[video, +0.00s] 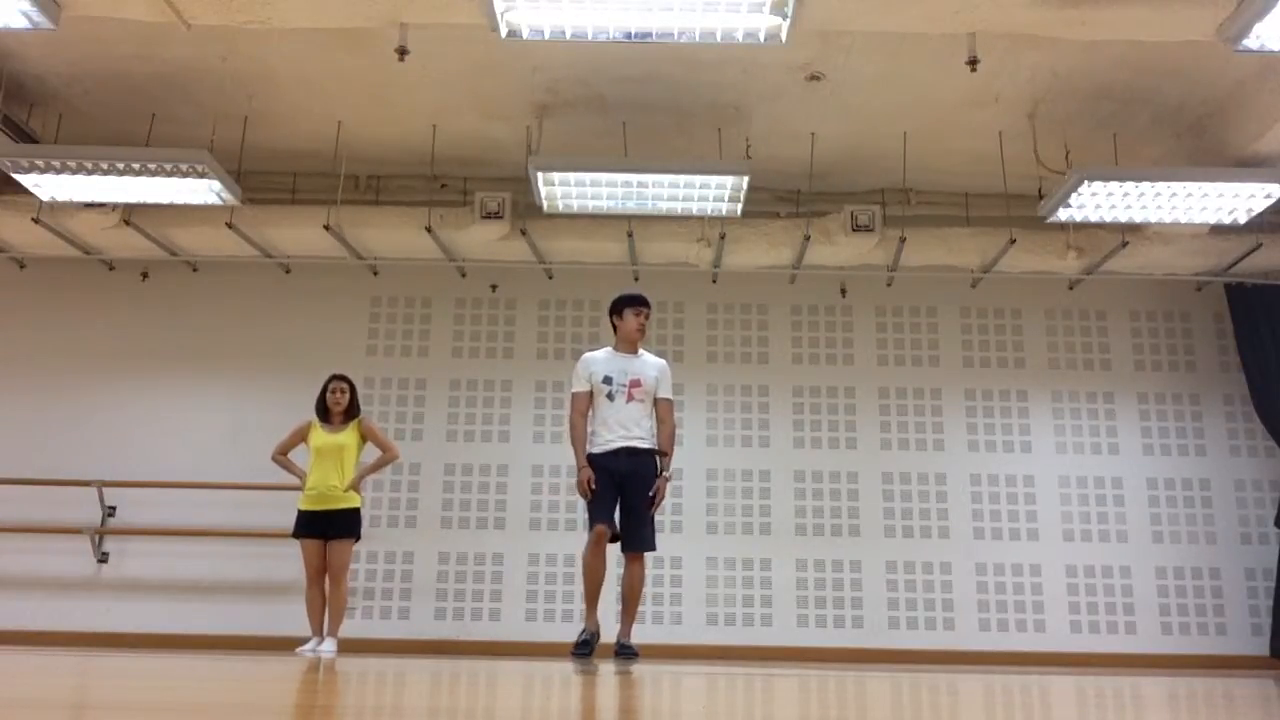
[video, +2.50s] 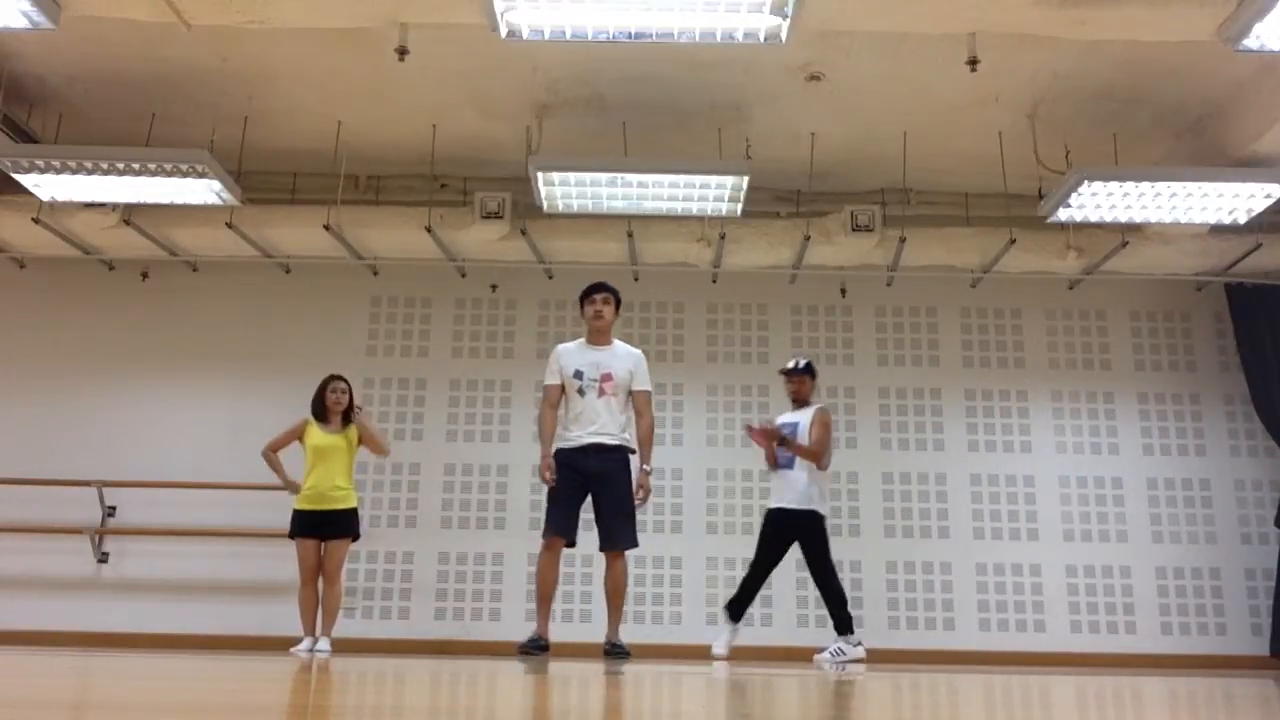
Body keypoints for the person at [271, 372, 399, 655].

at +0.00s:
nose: (337, 396)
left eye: (343, 392)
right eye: (332, 391)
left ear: (351, 397)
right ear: (324, 396)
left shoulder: (360, 426)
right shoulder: (311, 427)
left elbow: (393, 453)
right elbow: (277, 454)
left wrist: (361, 476)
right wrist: (302, 475)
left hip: (344, 507)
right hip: (311, 506)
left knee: (337, 577)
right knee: (313, 576)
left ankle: (332, 637)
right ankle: (316, 636)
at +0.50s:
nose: (336, 395)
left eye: (342, 391)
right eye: (331, 391)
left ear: (350, 397)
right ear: (324, 396)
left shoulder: (360, 426)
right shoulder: (311, 427)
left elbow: (392, 454)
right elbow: (279, 455)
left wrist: (360, 477)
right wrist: (302, 476)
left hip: (343, 506)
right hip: (311, 506)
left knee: (337, 576)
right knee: (313, 577)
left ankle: (331, 637)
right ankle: (315, 636)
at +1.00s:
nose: (336, 395)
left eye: (341, 391)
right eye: (331, 391)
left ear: (350, 396)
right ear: (324, 396)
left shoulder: (360, 426)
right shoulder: (312, 426)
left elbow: (392, 454)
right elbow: (279, 454)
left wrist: (359, 477)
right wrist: (301, 475)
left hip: (343, 506)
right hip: (310, 506)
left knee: (337, 577)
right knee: (313, 578)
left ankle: (330, 638)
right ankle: (315, 637)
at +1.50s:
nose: (337, 396)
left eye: (343, 392)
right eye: (333, 391)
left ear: (351, 397)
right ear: (325, 396)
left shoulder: (359, 426)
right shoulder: (314, 426)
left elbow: (377, 437)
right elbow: (282, 453)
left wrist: (363, 406)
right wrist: (303, 471)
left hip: (343, 506)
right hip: (311, 505)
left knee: (335, 577)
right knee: (309, 576)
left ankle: (329, 638)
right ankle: (309, 636)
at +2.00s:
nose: (339, 395)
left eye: (344, 392)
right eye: (335, 391)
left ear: (350, 399)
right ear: (324, 395)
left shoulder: (355, 429)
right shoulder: (309, 426)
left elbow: (379, 426)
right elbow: (273, 453)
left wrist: (362, 403)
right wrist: (298, 472)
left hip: (342, 506)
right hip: (309, 505)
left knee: (333, 576)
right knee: (309, 575)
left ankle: (325, 638)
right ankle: (308, 636)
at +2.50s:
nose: (338, 396)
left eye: (343, 392)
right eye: (333, 391)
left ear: (349, 398)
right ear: (322, 396)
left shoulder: (354, 428)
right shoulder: (308, 426)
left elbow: (382, 450)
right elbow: (268, 451)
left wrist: (362, 421)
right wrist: (286, 481)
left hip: (341, 506)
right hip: (308, 505)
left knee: (331, 576)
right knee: (308, 576)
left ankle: (325, 637)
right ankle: (308, 636)